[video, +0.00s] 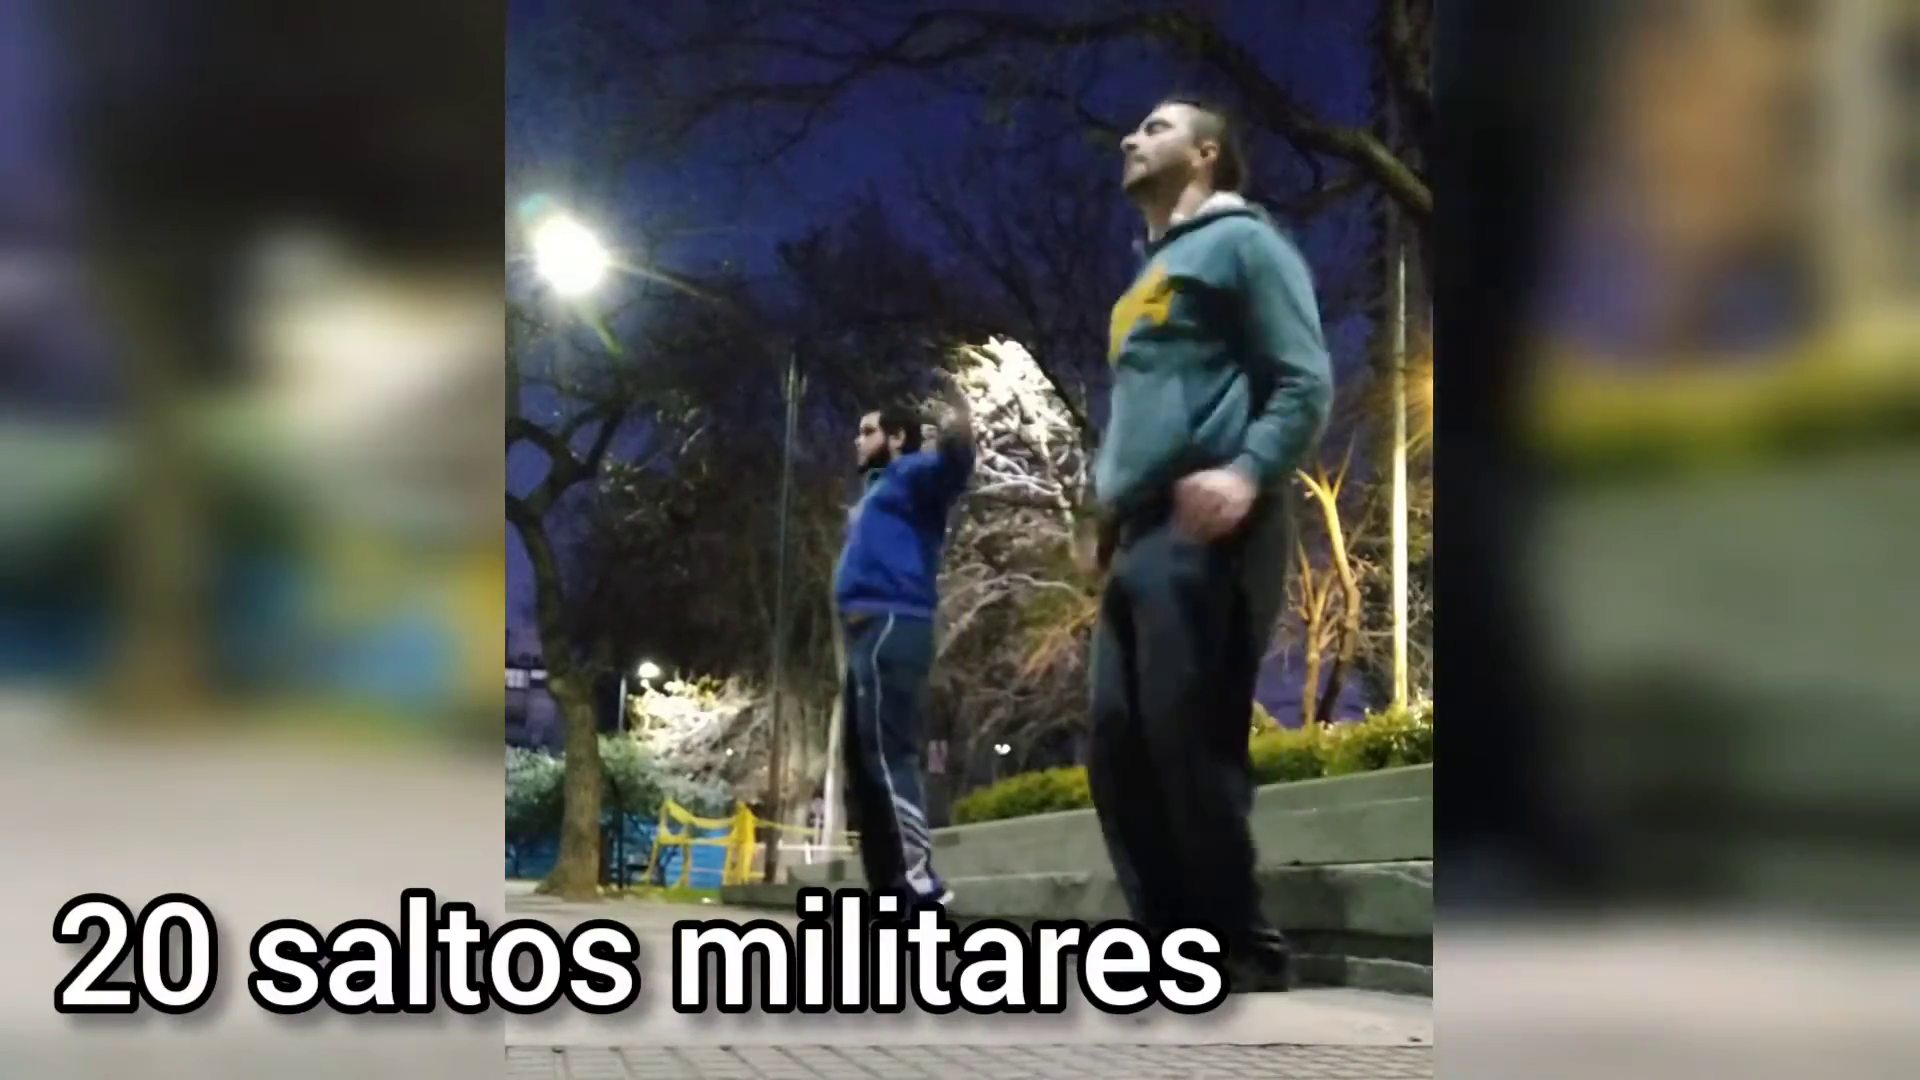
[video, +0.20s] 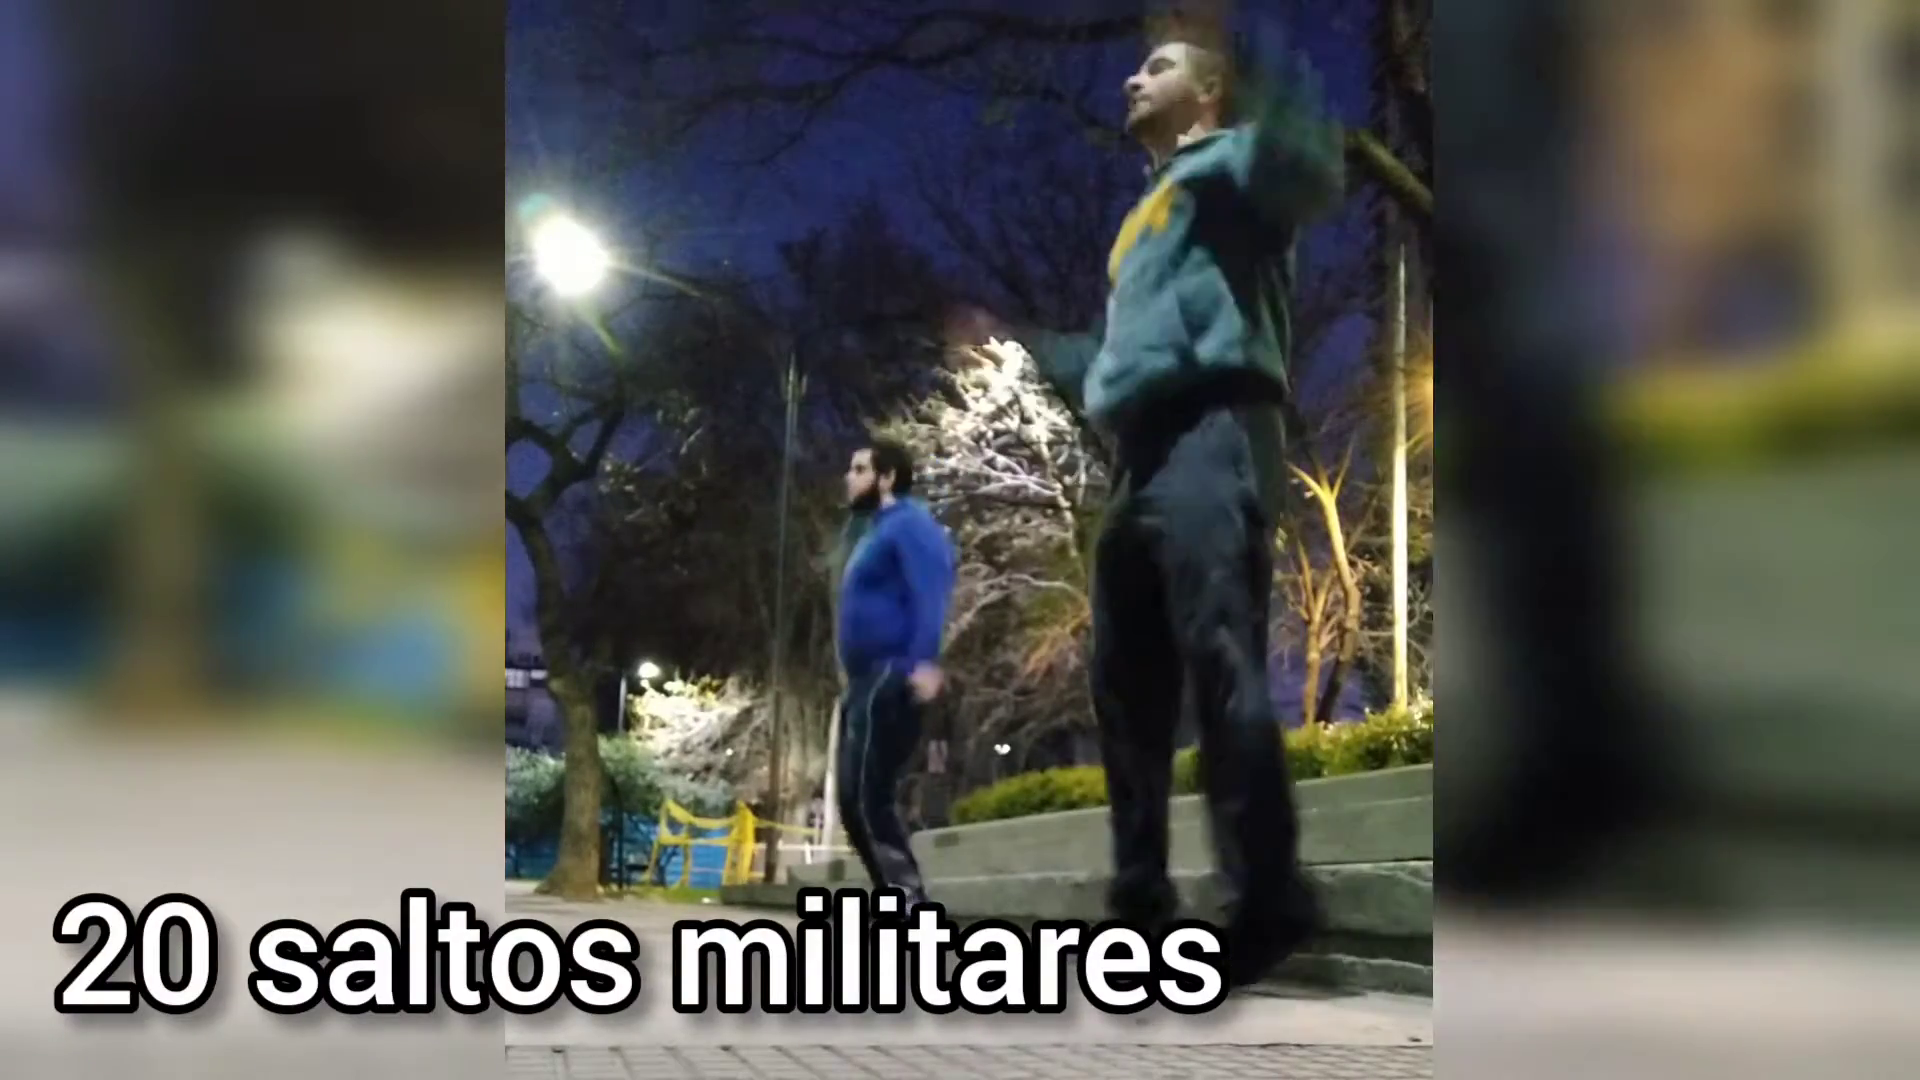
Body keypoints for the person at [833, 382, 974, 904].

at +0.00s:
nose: (858, 439)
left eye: (867, 430)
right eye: (859, 431)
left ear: (897, 438)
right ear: (881, 440)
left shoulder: (914, 474)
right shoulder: (878, 488)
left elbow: (955, 456)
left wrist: (959, 408)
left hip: (894, 623)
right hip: (866, 624)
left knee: (886, 754)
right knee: (863, 760)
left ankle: (919, 885)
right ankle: (889, 884)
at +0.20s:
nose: (849, 478)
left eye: (858, 470)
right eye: (850, 469)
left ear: (886, 477)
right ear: (877, 478)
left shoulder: (908, 521)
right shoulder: (872, 527)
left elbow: (930, 586)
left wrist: (925, 657)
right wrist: (854, 669)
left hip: (894, 671)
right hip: (863, 674)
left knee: (868, 795)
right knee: (851, 798)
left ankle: (909, 896)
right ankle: (895, 893)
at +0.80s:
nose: (823, 454)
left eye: (832, 445)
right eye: (823, 446)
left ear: (861, 448)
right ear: (843, 454)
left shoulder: (883, 489)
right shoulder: (845, 498)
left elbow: (900, 437)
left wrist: (893, 368)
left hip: (868, 627)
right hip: (833, 631)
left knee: (866, 759)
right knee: (836, 767)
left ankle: (897, 880)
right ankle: (853, 878)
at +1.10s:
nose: (798, 482)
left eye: (807, 473)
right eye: (800, 473)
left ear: (836, 479)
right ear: (828, 480)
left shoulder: (862, 524)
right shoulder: (832, 531)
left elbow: (885, 594)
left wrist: (873, 666)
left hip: (853, 676)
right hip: (825, 677)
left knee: (818, 797)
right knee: (809, 797)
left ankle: (848, 889)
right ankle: (838, 889)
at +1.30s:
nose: (805, 439)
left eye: (815, 430)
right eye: (806, 431)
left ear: (841, 435)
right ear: (817, 441)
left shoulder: (864, 475)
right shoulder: (816, 489)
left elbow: (884, 517)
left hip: (842, 624)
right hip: (809, 625)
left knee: (837, 747)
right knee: (814, 755)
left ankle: (857, 873)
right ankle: (832, 871)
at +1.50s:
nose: (796, 474)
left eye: (803, 464)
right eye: (797, 466)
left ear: (829, 465)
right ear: (816, 471)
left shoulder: (852, 505)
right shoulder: (819, 517)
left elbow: (864, 438)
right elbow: (798, 481)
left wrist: (849, 382)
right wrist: (821, 437)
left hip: (848, 654)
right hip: (818, 656)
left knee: (823, 776)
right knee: (801, 783)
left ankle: (869, 903)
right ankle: (828, 902)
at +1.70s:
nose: (799, 451)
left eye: (808, 441)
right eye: (798, 442)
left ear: (836, 446)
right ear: (813, 453)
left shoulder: (857, 485)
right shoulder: (810, 496)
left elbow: (878, 423)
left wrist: (863, 353)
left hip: (837, 627)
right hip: (800, 630)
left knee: (831, 753)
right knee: (805, 761)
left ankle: (861, 881)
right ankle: (815, 888)